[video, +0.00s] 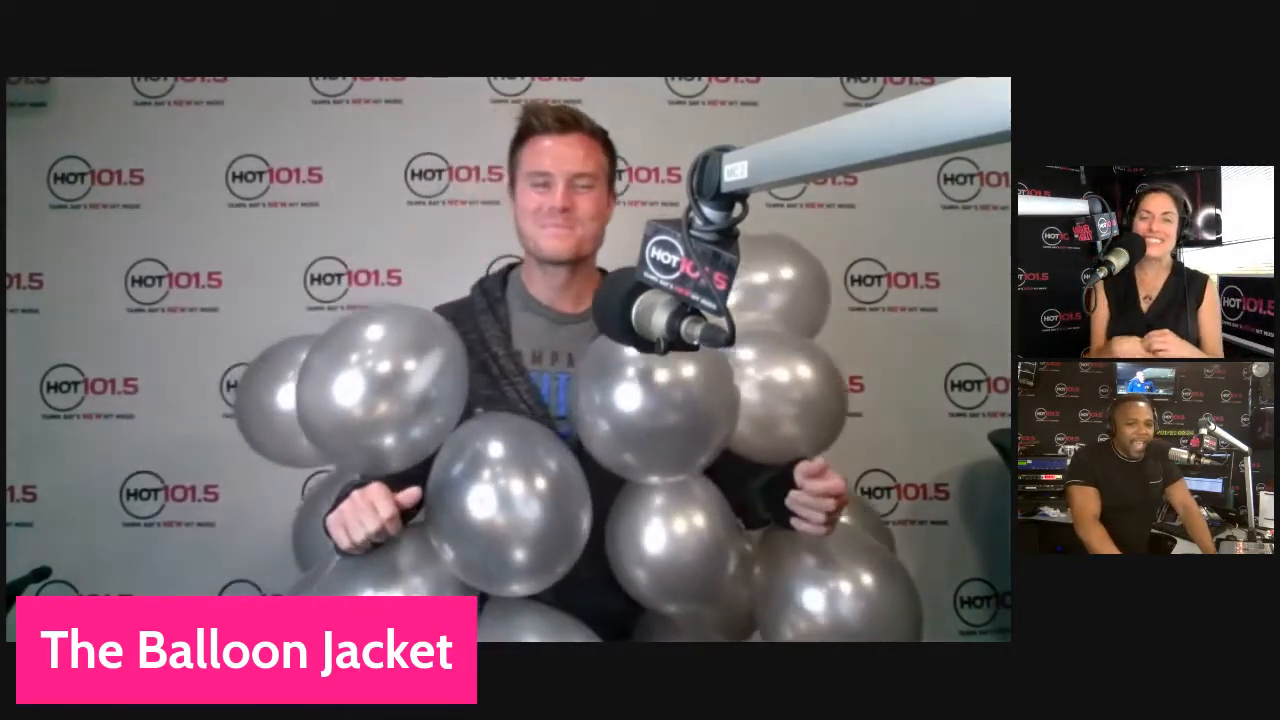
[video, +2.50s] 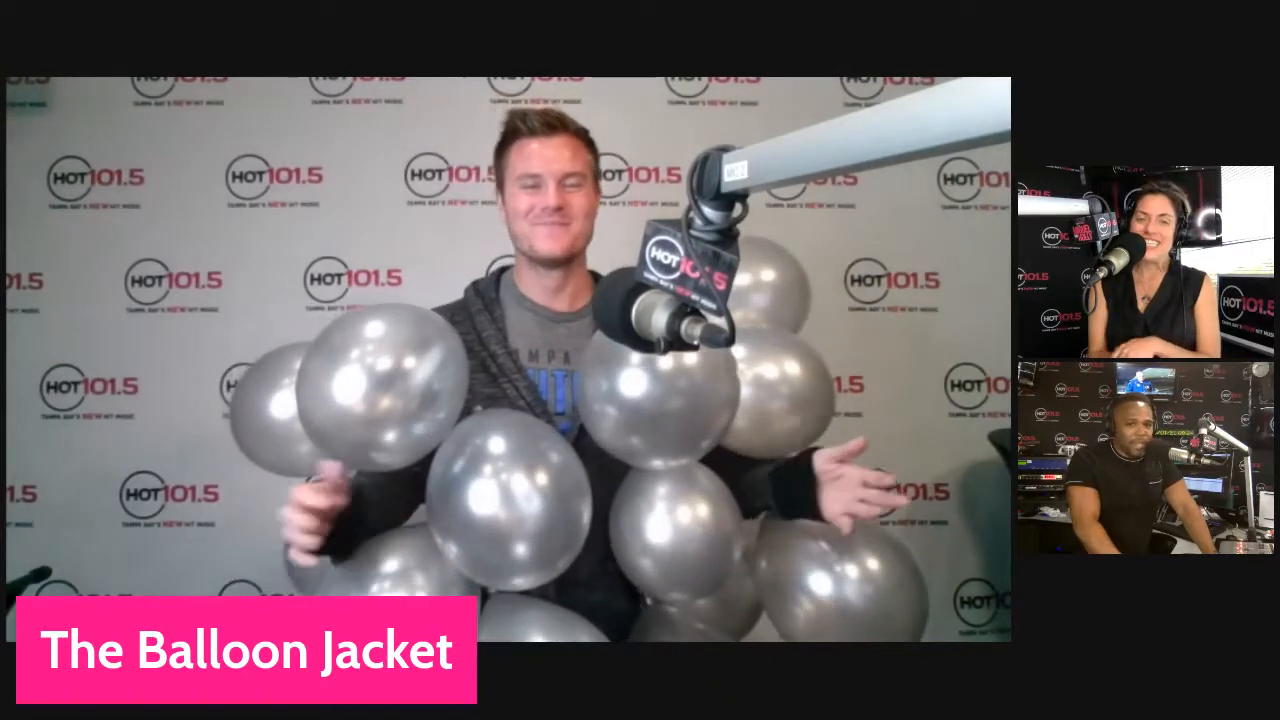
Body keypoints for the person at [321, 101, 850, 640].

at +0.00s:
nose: (559, 202)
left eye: (581, 184)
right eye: (539, 183)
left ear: (611, 200)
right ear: (512, 196)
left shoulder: (664, 320)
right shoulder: (448, 335)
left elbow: (717, 454)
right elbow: (385, 447)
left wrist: (786, 493)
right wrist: (354, 499)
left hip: (652, 617)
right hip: (504, 616)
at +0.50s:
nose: (552, 199)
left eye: (573, 178)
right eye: (528, 178)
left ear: (599, 191)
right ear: (497, 190)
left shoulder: (654, 320)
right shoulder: (432, 331)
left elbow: (711, 460)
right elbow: (369, 449)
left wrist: (783, 490)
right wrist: (337, 502)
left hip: (637, 622)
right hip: (488, 617)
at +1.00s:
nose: (543, 201)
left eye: (563, 178)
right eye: (517, 180)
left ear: (588, 189)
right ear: (485, 191)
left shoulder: (641, 321)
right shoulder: (420, 330)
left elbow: (693, 465)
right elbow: (363, 452)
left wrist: (770, 493)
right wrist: (332, 506)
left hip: (626, 625)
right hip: (475, 623)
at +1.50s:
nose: (550, 203)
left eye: (570, 181)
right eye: (526, 183)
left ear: (597, 192)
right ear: (494, 194)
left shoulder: (651, 318)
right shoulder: (433, 331)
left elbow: (707, 458)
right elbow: (380, 447)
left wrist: (780, 493)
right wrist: (350, 503)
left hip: (639, 617)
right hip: (487, 616)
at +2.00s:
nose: (552, 199)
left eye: (571, 179)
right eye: (530, 181)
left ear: (598, 193)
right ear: (501, 197)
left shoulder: (652, 317)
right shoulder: (445, 334)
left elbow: (704, 455)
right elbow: (396, 448)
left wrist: (782, 487)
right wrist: (357, 498)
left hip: (638, 611)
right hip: (493, 611)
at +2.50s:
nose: (550, 201)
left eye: (570, 182)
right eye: (529, 184)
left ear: (599, 197)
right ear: (501, 203)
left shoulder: (656, 322)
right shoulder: (442, 338)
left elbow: (707, 465)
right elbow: (408, 475)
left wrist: (795, 483)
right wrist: (344, 510)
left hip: (649, 618)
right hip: (504, 615)